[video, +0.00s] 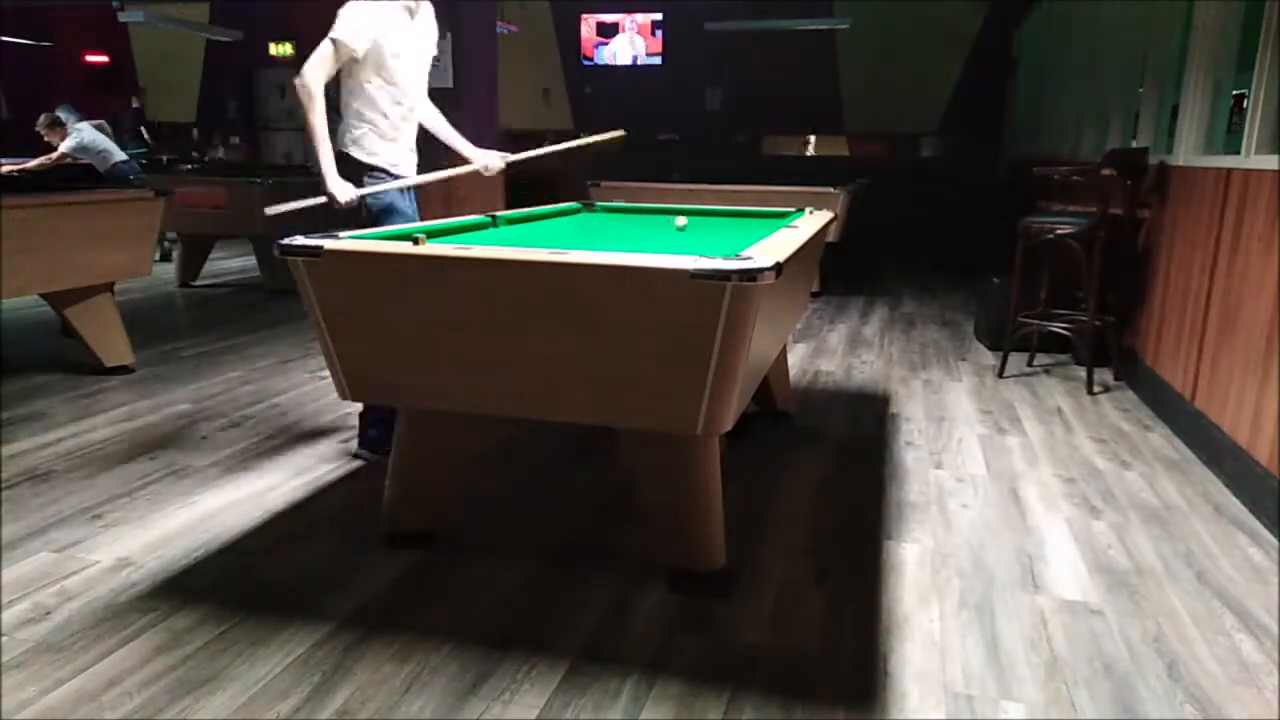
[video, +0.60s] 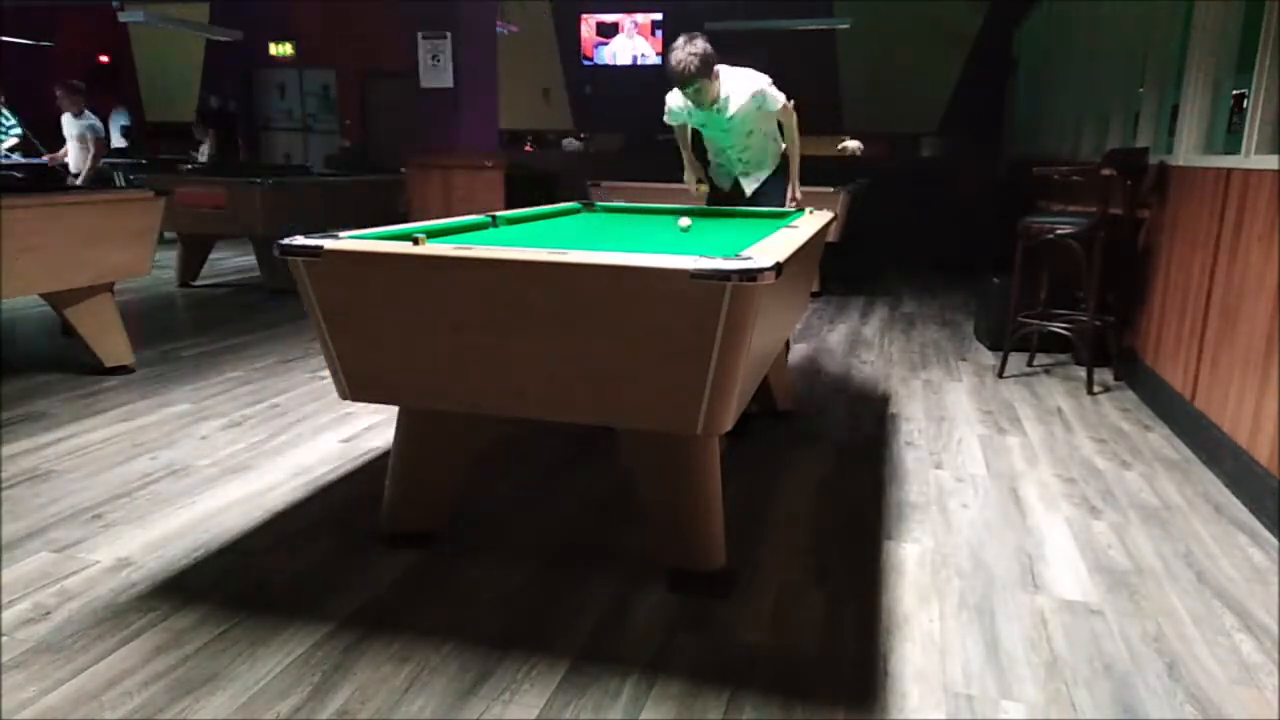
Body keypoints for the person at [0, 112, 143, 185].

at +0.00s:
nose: (46, 140)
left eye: (47, 135)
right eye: (44, 136)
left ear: (57, 130)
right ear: (62, 127)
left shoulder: (73, 141)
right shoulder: (81, 125)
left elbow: (50, 160)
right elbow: (103, 123)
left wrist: (17, 168)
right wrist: (112, 146)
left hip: (119, 173)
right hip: (130, 167)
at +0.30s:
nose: (48, 132)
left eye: (50, 127)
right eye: (47, 128)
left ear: (62, 123)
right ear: (66, 120)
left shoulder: (73, 139)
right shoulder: (86, 121)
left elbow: (50, 160)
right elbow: (108, 124)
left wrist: (18, 168)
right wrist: (107, 147)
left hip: (119, 172)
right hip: (130, 165)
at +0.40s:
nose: (73, 107)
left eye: (76, 103)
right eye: (72, 104)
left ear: (89, 104)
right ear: (90, 105)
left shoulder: (93, 124)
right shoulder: (108, 117)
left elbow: (83, 153)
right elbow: (125, 132)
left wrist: (59, 173)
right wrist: (116, 153)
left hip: (109, 171)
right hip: (121, 169)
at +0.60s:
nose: (58, 102)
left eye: (62, 98)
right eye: (58, 98)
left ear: (76, 99)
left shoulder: (92, 124)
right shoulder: (65, 118)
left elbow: (96, 155)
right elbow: (72, 144)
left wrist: (81, 180)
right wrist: (59, 156)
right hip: (73, 174)